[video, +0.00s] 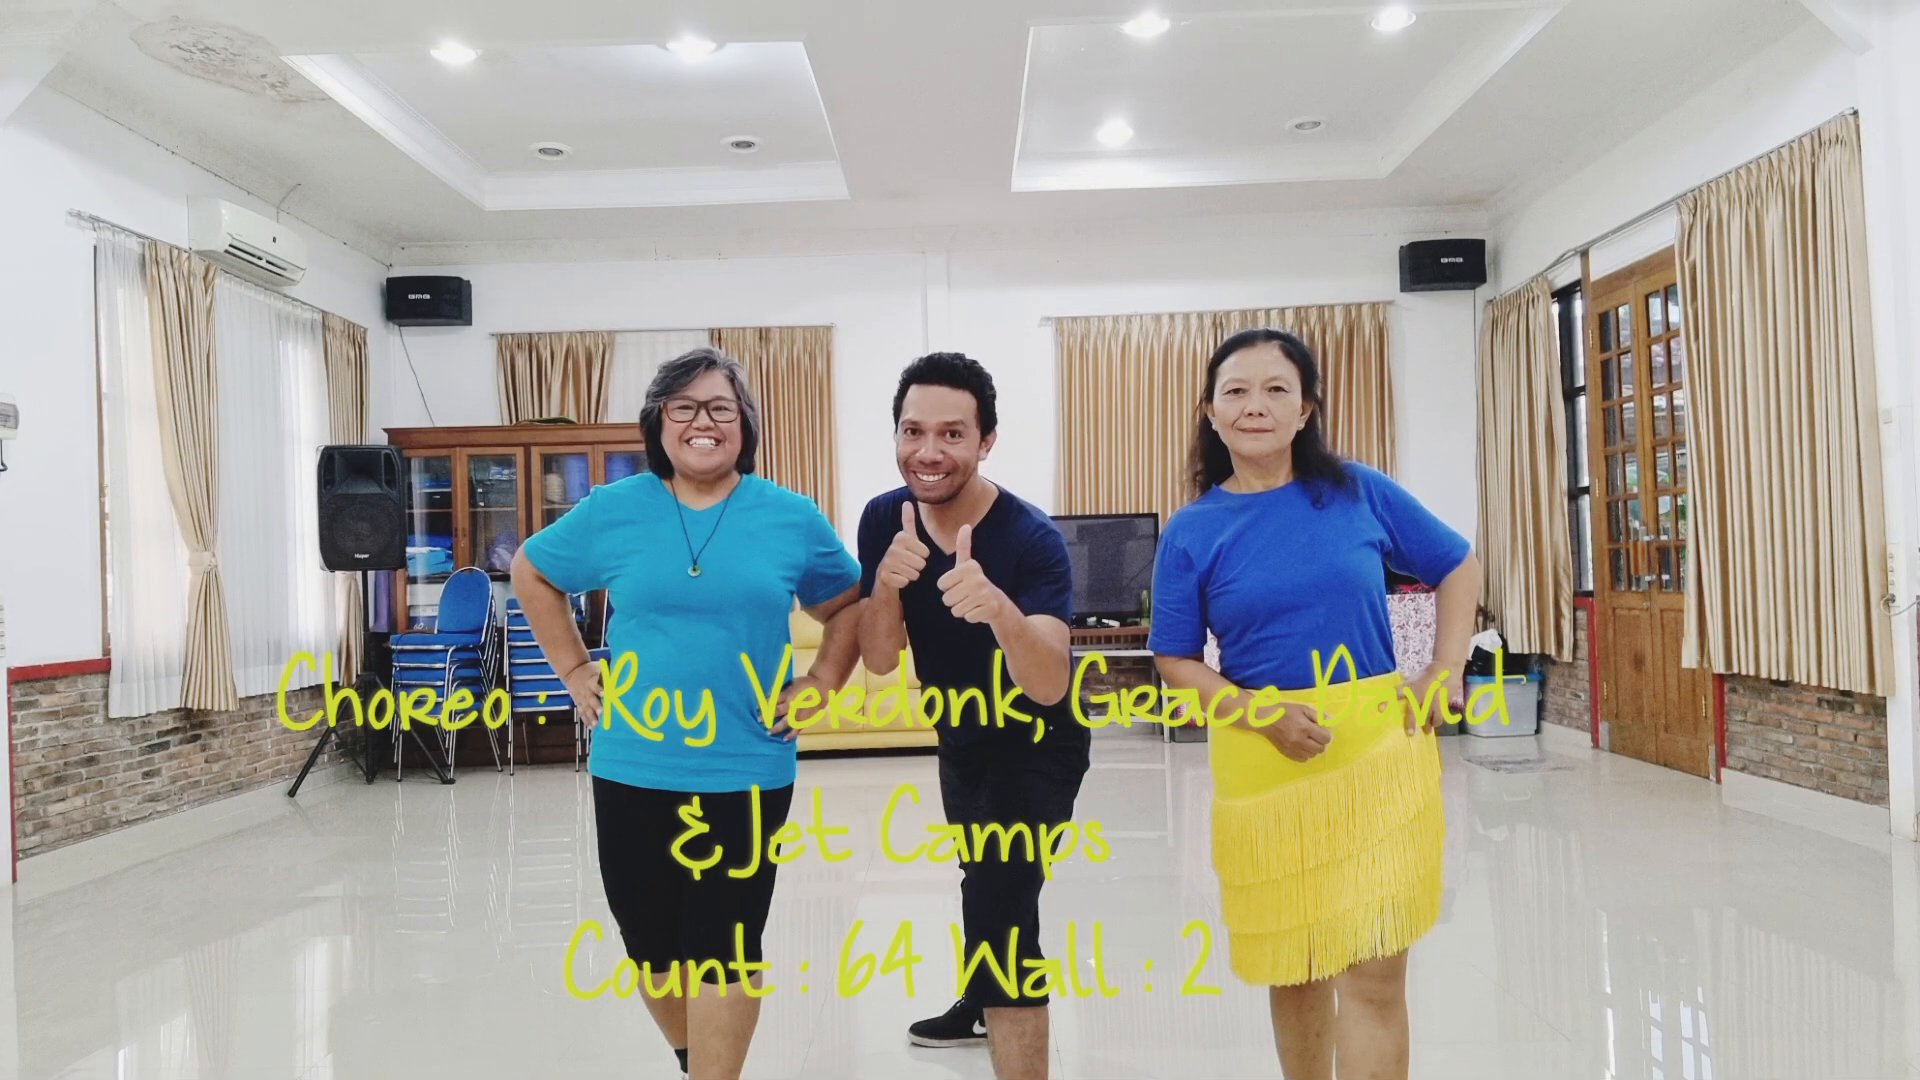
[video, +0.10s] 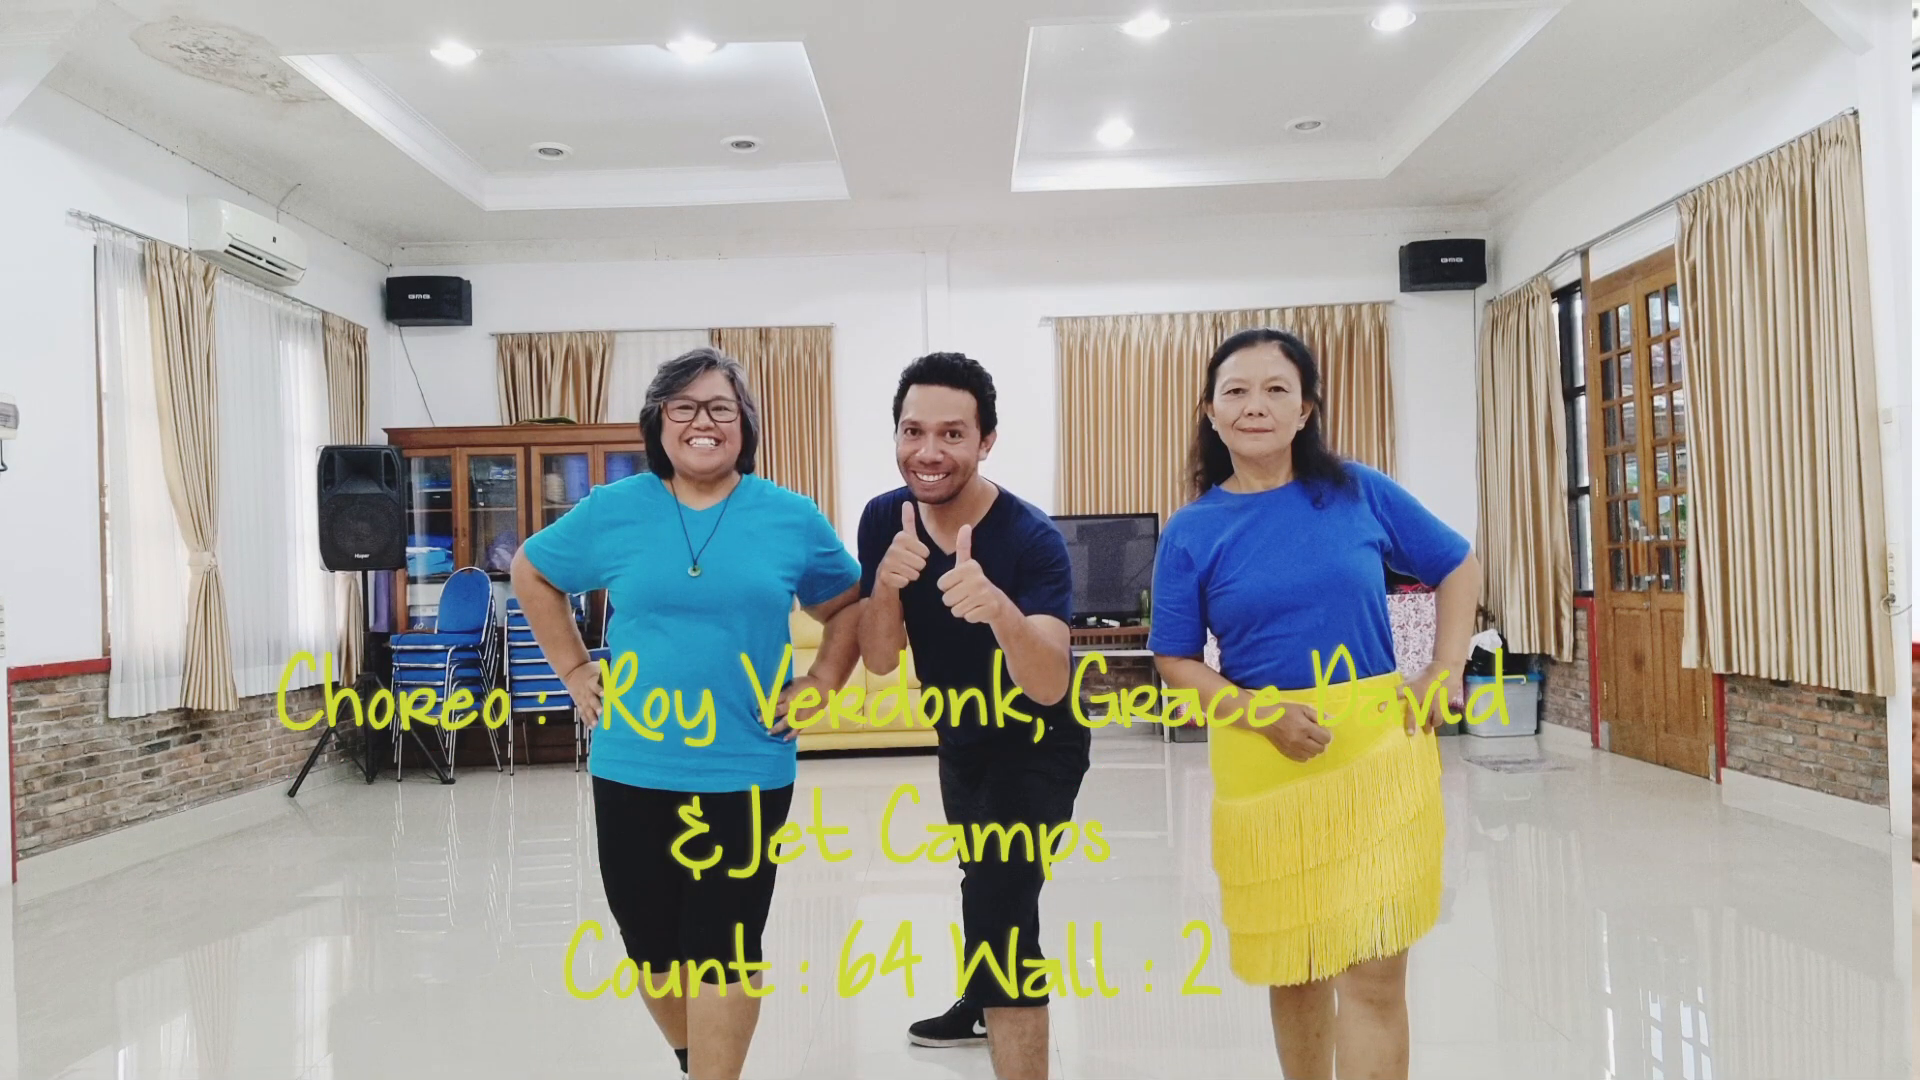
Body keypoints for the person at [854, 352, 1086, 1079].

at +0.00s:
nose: (929, 453)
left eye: (951, 436)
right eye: (914, 433)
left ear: (986, 444)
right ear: (896, 438)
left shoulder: (1031, 541)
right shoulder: (886, 521)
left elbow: (1050, 684)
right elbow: (880, 660)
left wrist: (1002, 613)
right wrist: (883, 588)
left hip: (1040, 742)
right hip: (960, 741)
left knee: (1001, 920)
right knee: (981, 878)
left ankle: (1023, 1071)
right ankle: (985, 1002)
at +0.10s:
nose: (930, 453)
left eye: (952, 436)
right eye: (915, 433)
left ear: (986, 444)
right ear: (896, 439)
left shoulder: (1031, 541)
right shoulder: (885, 521)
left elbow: (1050, 684)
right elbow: (880, 660)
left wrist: (1001, 612)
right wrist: (883, 589)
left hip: (1039, 742)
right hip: (961, 741)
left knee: (1001, 923)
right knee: (981, 878)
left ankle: (1023, 1070)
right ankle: (986, 1003)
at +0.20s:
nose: (930, 453)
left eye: (952, 436)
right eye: (915, 433)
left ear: (986, 444)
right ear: (896, 439)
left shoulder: (1031, 541)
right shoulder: (885, 521)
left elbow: (1050, 684)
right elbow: (880, 660)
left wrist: (1001, 612)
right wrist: (883, 589)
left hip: (1039, 742)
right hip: (961, 741)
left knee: (1001, 923)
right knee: (981, 878)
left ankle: (1023, 1070)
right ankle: (986, 1003)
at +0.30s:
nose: (930, 453)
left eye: (952, 436)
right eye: (915, 433)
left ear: (986, 444)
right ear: (896, 439)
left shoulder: (1031, 541)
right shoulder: (885, 521)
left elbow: (1050, 684)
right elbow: (880, 660)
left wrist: (1001, 612)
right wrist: (883, 589)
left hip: (1039, 742)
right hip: (961, 741)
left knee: (1001, 923)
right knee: (981, 878)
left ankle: (1023, 1070)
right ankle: (986, 1003)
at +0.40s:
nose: (929, 453)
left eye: (951, 436)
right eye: (914, 433)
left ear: (986, 444)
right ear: (896, 438)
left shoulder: (1031, 541)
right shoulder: (885, 521)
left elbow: (1050, 684)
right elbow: (880, 660)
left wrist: (1002, 613)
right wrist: (883, 588)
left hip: (1040, 742)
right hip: (960, 741)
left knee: (1001, 920)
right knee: (981, 878)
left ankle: (1023, 1071)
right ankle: (985, 1002)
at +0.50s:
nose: (929, 453)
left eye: (950, 435)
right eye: (914, 433)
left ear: (983, 443)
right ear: (895, 440)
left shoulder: (1012, 515)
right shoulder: (886, 518)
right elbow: (879, 659)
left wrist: (987, 592)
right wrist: (884, 583)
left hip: (1028, 720)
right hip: (958, 723)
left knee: (1021, 865)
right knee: (973, 863)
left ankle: (1019, 1001)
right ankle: (975, 995)